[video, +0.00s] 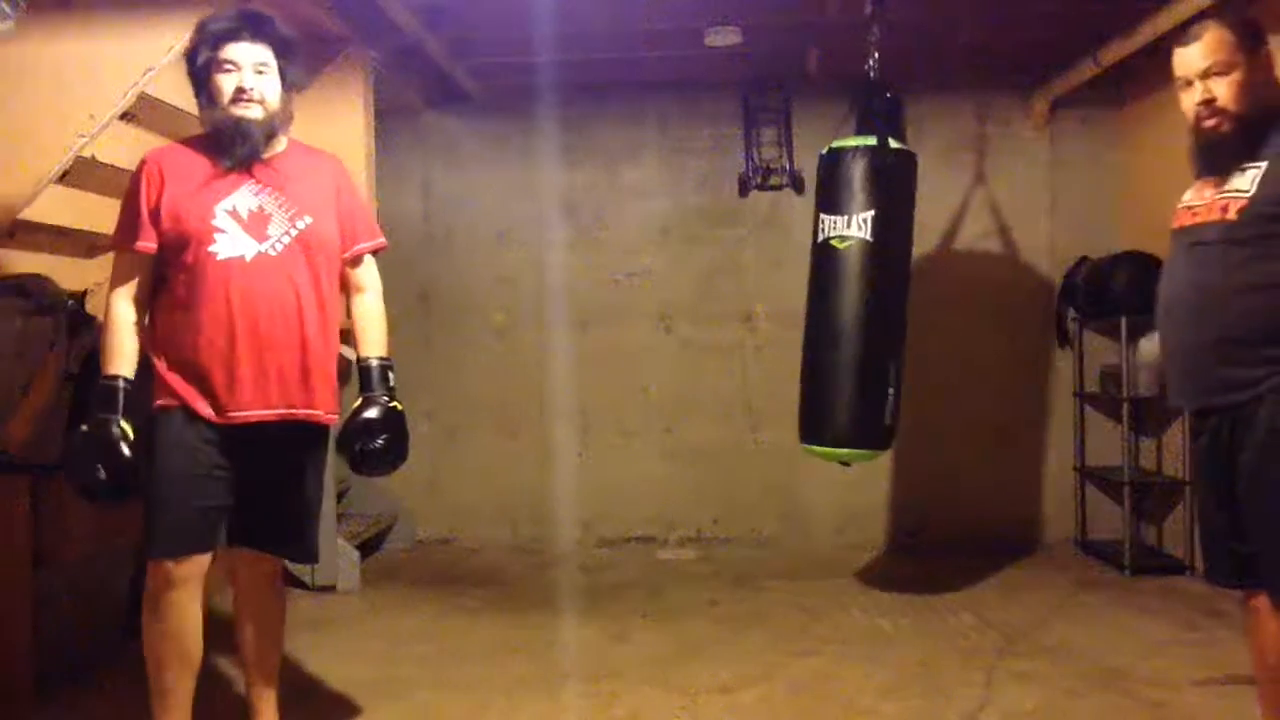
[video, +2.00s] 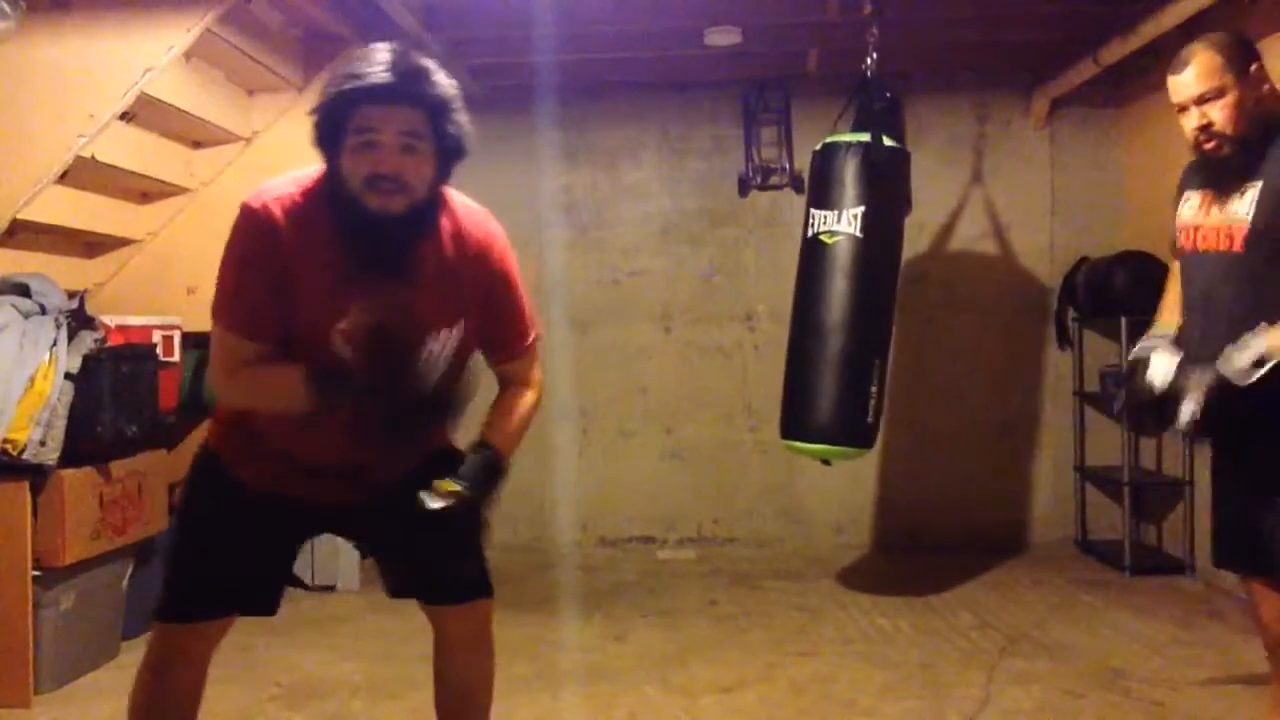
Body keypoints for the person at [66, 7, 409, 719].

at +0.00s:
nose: (245, 81)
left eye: (261, 70)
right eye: (226, 69)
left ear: (284, 89)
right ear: (203, 88)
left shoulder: (328, 175)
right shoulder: (166, 170)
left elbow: (363, 284)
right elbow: (127, 289)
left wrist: (377, 391)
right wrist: (108, 403)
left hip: (291, 410)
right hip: (188, 407)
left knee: (264, 564)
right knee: (176, 569)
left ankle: (265, 707)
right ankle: (171, 716)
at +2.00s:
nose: (387, 163)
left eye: (411, 145)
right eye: (365, 142)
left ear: (443, 158)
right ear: (333, 150)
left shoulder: (474, 244)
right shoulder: (272, 223)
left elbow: (522, 378)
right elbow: (228, 381)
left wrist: (480, 471)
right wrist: (344, 382)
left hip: (403, 466)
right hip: (260, 461)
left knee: (467, 616)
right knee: (183, 634)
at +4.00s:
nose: (267, 87)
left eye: (283, 68)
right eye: (243, 72)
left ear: (317, 82)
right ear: (214, 93)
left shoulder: (380, 179)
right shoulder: (179, 200)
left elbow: (439, 305)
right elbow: (136, 346)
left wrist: (416, 403)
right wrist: (182, 433)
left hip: (373, 470)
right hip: (224, 475)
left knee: (442, 643)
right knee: (154, 667)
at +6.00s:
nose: (623, 83)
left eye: (622, 67)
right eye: (615, 65)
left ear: (562, 66)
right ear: (571, 61)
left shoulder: (532, 127)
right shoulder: (545, 126)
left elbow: (684, 192)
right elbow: (691, 177)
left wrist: (765, 111)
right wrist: (770, 88)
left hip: (502, 399)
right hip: (540, 402)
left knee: (487, 566)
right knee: (584, 591)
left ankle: (404, 707)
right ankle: (573, 716)